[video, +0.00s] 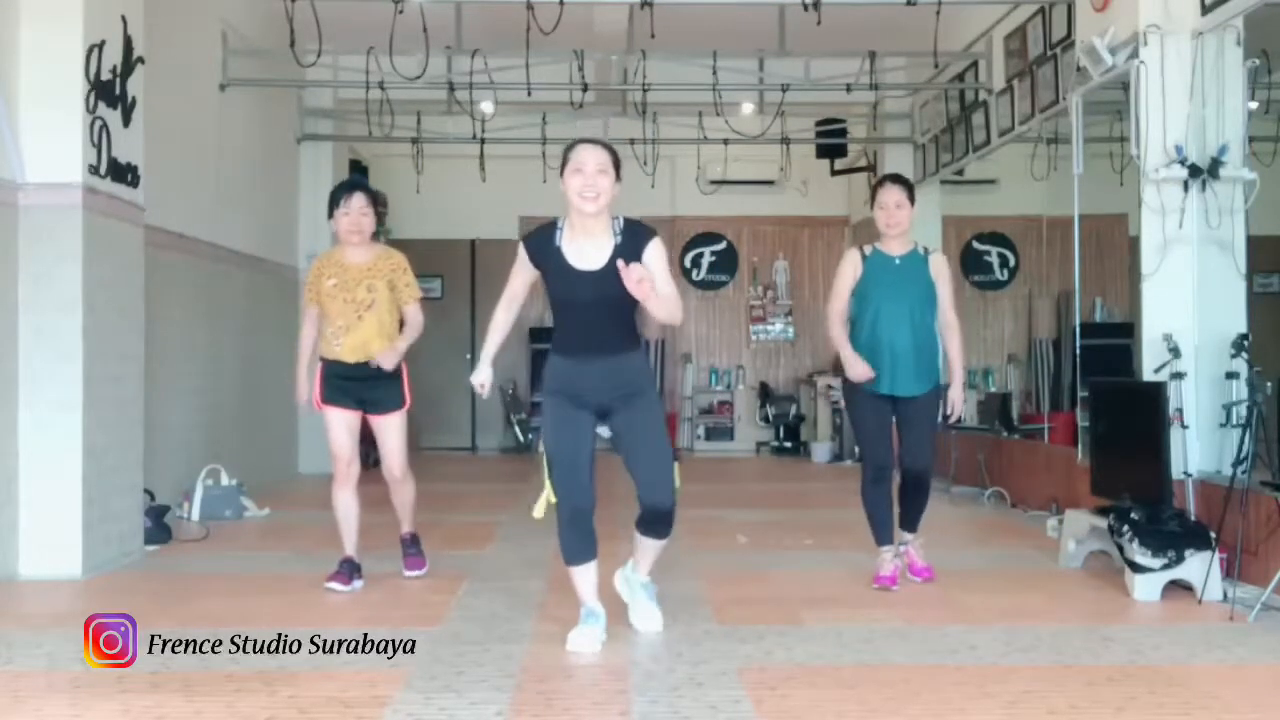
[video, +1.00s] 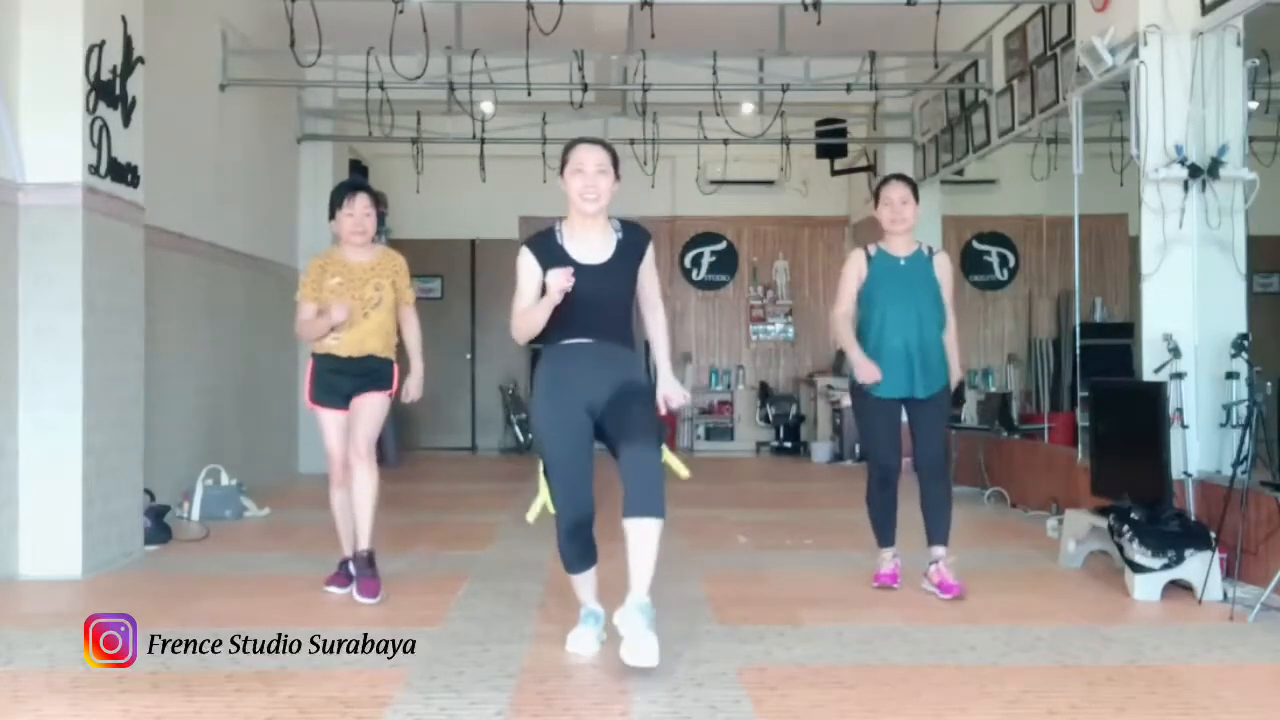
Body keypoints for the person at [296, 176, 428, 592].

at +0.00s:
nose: (354, 219)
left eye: (363, 212)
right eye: (346, 212)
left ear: (375, 219)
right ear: (332, 219)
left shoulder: (393, 262)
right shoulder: (322, 267)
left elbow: (416, 319)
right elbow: (309, 325)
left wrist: (398, 348)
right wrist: (303, 377)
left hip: (383, 371)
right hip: (336, 372)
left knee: (395, 469)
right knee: (344, 468)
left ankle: (408, 537)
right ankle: (350, 559)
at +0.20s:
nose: (355, 218)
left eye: (364, 211)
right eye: (347, 211)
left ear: (377, 219)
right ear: (334, 219)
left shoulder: (394, 261)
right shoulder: (324, 267)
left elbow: (414, 319)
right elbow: (313, 321)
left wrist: (382, 336)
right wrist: (300, 369)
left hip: (385, 372)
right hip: (337, 372)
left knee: (393, 468)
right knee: (344, 468)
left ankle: (410, 543)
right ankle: (349, 560)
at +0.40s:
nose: (357, 220)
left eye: (365, 212)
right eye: (347, 212)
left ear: (377, 219)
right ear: (334, 220)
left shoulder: (393, 264)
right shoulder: (323, 267)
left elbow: (405, 328)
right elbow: (310, 325)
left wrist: (408, 381)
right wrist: (296, 382)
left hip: (380, 372)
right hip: (331, 372)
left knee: (387, 474)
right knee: (340, 469)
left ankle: (406, 537)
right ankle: (348, 561)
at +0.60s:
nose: (355, 221)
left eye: (364, 214)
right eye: (347, 213)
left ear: (376, 221)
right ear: (332, 222)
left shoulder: (390, 265)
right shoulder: (319, 269)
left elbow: (411, 321)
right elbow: (303, 319)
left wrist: (427, 377)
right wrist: (299, 352)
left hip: (376, 371)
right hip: (328, 371)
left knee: (372, 462)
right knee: (337, 468)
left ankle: (384, 543)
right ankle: (348, 559)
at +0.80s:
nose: (358, 222)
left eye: (366, 214)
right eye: (349, 214)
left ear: (376, 220)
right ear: (333, 219)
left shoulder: (391, 263)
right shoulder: (318, 266)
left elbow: (406, 319)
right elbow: (302, 330)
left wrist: (418, 372)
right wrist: (319, 323)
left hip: (376, 368)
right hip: (328, 367)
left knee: (363, 466)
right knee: (339, 467)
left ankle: (367, 565)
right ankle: (348, 560)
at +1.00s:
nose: (359, 222)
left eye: (367, 215)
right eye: (350, 214)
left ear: (377, 220)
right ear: (334, 220)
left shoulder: (393, 263)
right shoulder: (319, 267)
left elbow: (408, 317)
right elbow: (304, 331)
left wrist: (416, 368)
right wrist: (330, 321)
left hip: (377, 367)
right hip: (329, 367)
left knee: (362, 452)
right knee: (339, 464)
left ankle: (365, 555)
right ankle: (347, 558)